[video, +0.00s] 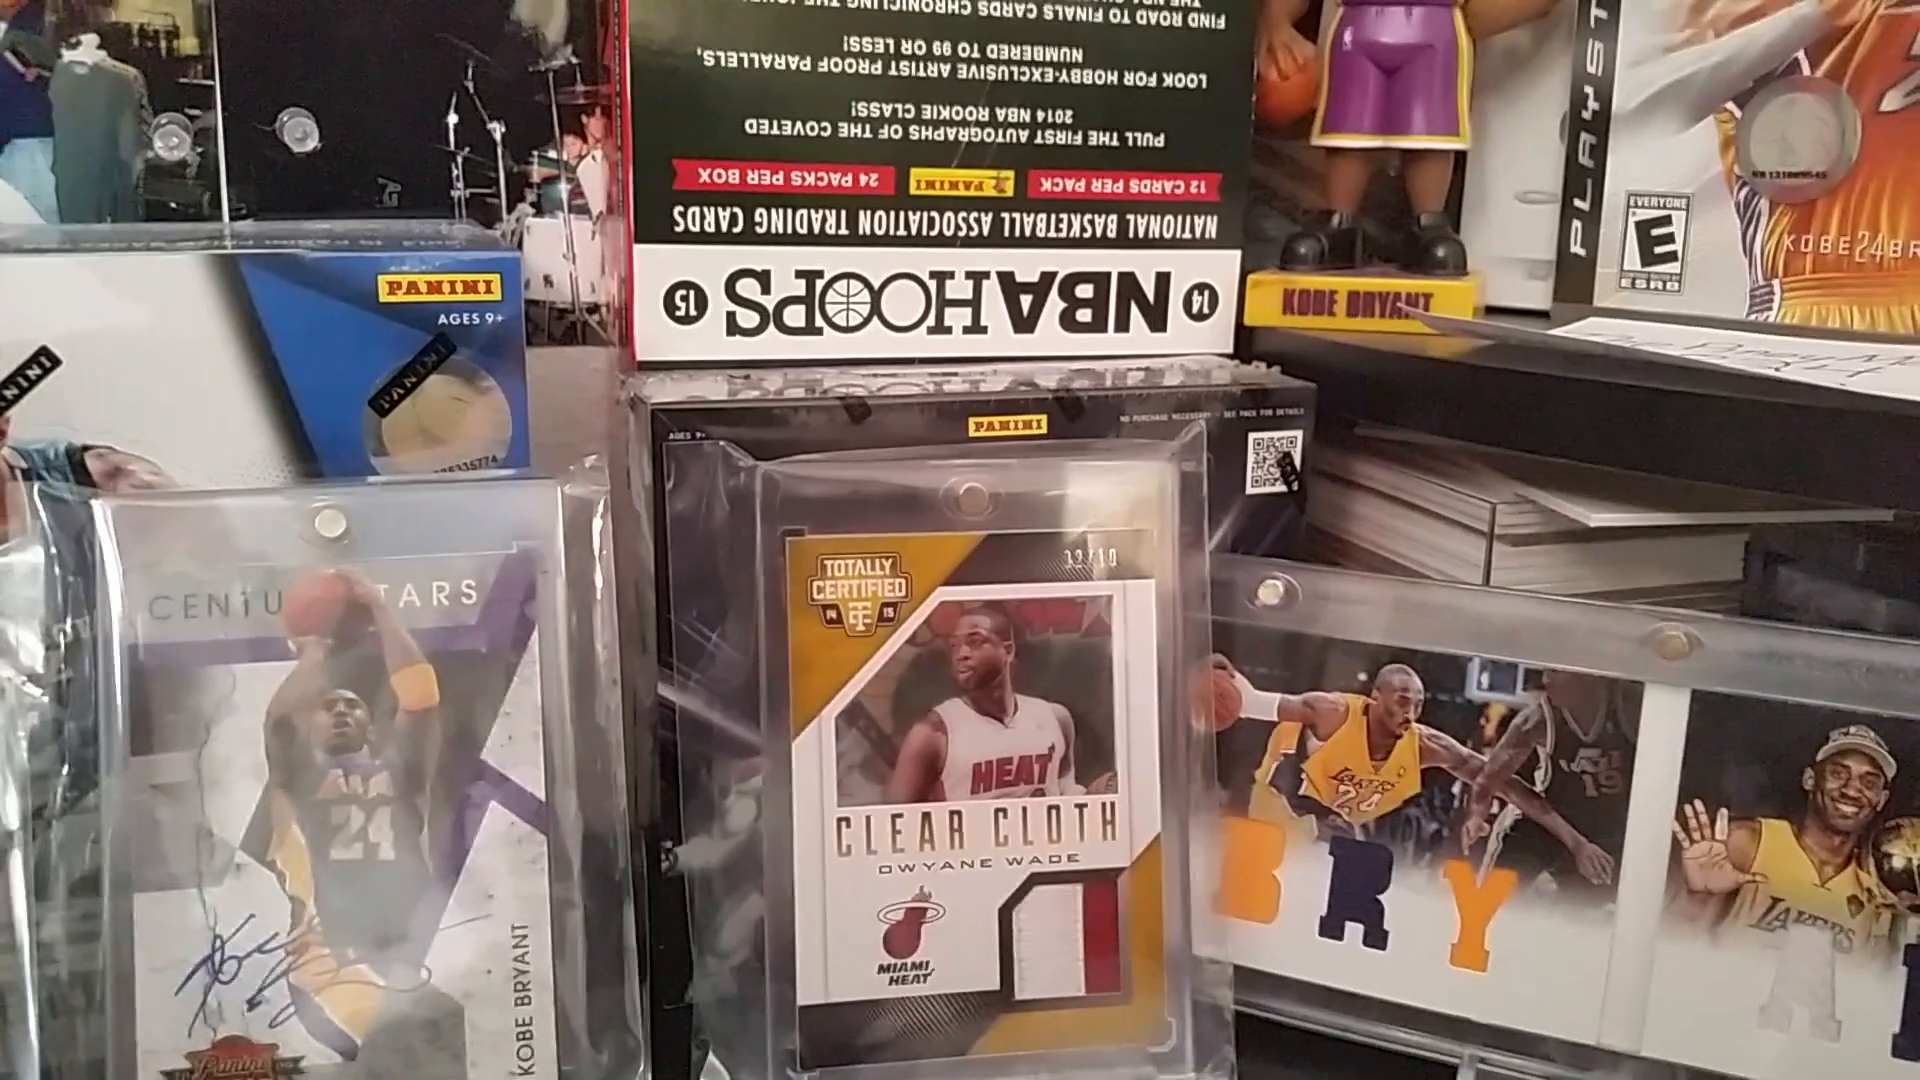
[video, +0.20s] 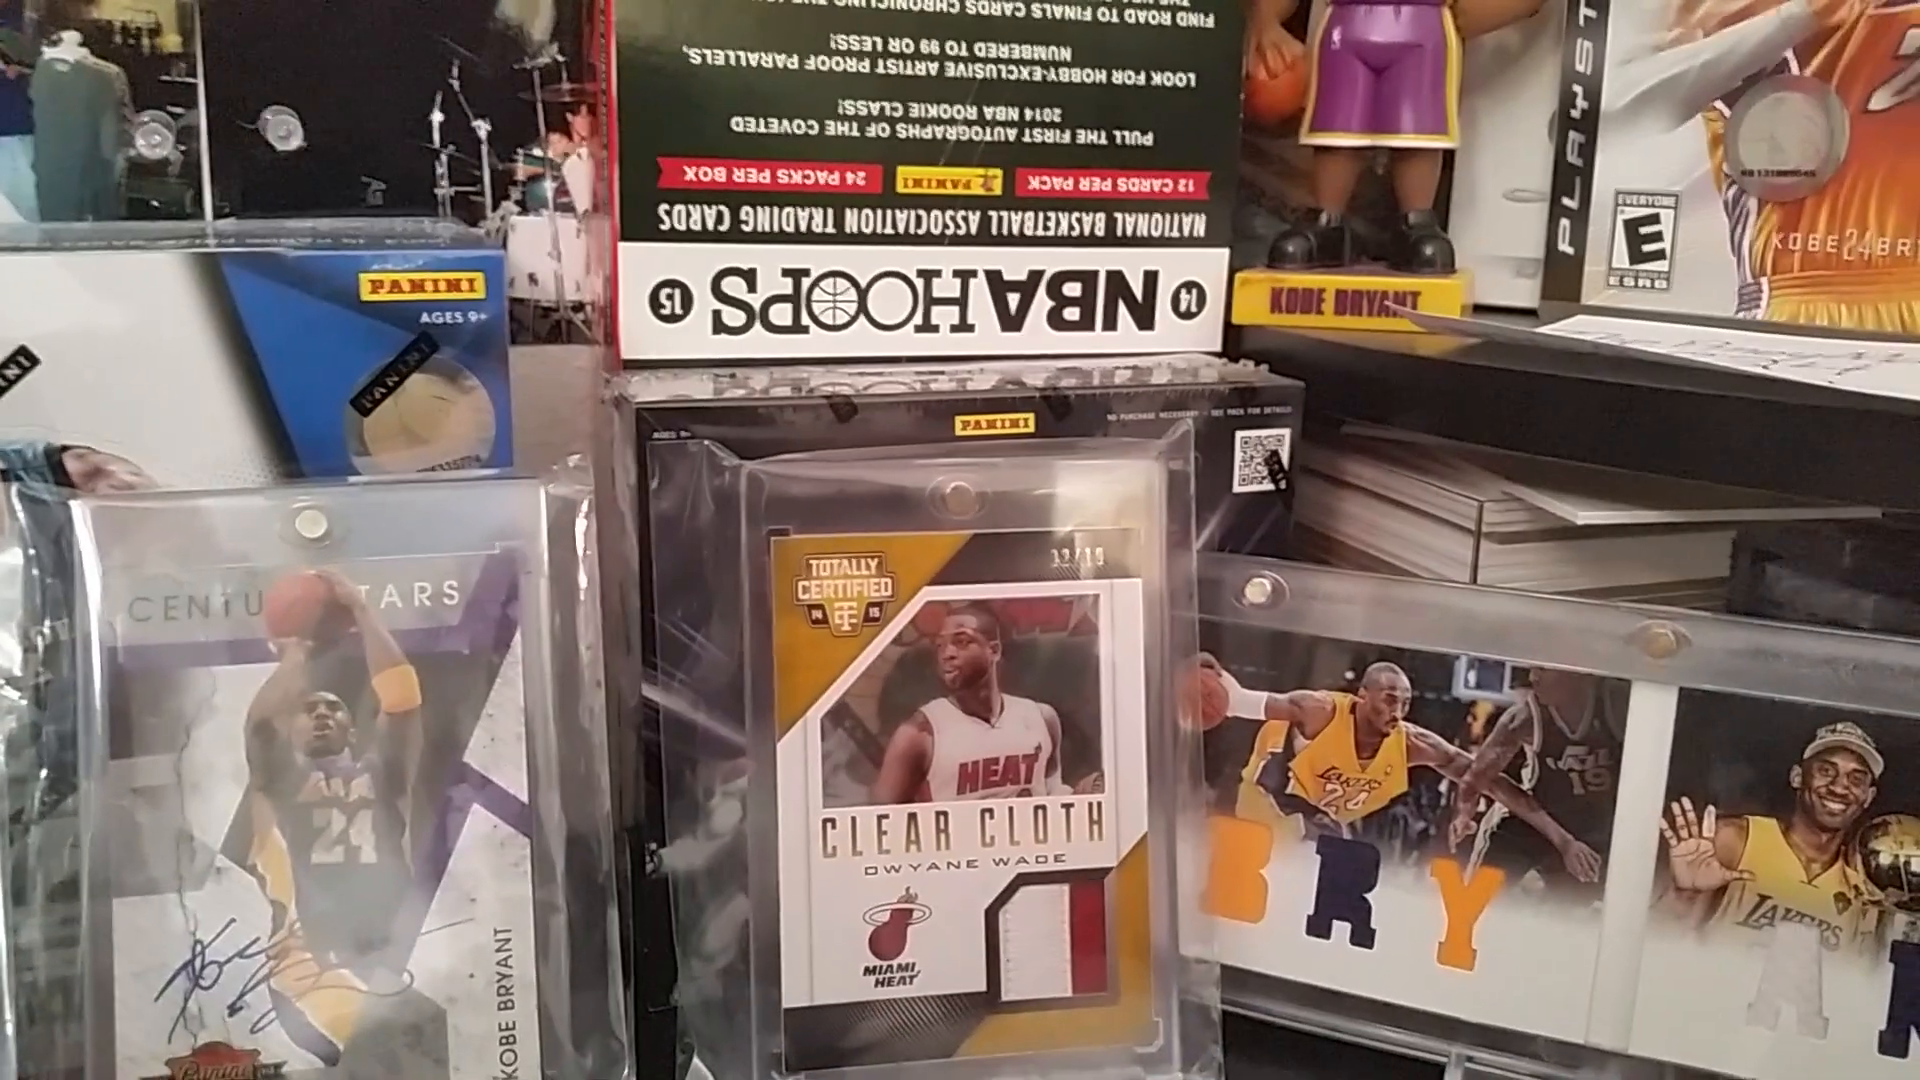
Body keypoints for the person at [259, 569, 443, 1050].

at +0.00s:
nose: (341, 713)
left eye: (352, 705)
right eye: (328, 707)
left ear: (370, 724)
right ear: (309, 727)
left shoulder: (399, 773)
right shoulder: (299, 779)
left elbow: (419, 696)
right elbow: (284, 716)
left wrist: (380, 605)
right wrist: (316, 643)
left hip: (400, 957)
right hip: (325, 960)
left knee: (445, 1029)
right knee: (409, 1035)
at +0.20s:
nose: (321, 716)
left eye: (332, 708)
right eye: (309, 711)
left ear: (352, 726)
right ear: (291, 731)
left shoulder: (382, 774)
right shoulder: (281, 780)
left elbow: (401, 697)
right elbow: (262, 718)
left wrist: (361, 607)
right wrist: (298, 647)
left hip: (388, 957)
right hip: (314, 963)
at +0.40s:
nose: (320, 716)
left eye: (332, 709)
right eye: (307, 711)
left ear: (351, 729)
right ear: (290, 733)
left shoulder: (383, 775)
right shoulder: (278, 781)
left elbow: (399, 699)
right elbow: (260, 719)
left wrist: (360, 609)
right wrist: (298, 645)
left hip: (380, 961)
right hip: (305, 963)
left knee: (425, 1034)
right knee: (390, 1036)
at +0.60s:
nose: (319, 716)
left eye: (331, 709)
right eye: (307, 711)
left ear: (350, 728)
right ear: (290, 734)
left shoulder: (383, 776)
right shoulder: (278, 783)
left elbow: (398, 698)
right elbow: (260, 719)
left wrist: (359, 610)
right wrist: (298, 645)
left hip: (378, 962)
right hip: (304, 964)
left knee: (427, 1033)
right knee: (390, 1039)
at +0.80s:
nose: (319, 716)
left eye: (331, 709)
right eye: (307, 711)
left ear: (350, 730)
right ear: (290, 733)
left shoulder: (383, 776)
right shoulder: (277, 783)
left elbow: (398, 699)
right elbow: (261, 718)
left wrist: (358, 608)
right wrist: (297, 647)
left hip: (379, 960)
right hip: (304, 963)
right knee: (392, 1037)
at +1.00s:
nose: (321, 716)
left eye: (332, 709)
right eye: (308, 711)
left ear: (351, 729)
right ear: (291, 733)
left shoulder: (382, 775)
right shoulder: (278, 781)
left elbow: (399, 698)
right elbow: (262, 719)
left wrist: (359, 608)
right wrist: (298, 647)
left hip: (378, 961)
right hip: (304, 963)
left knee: (427, 1032)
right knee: (396, 1035)